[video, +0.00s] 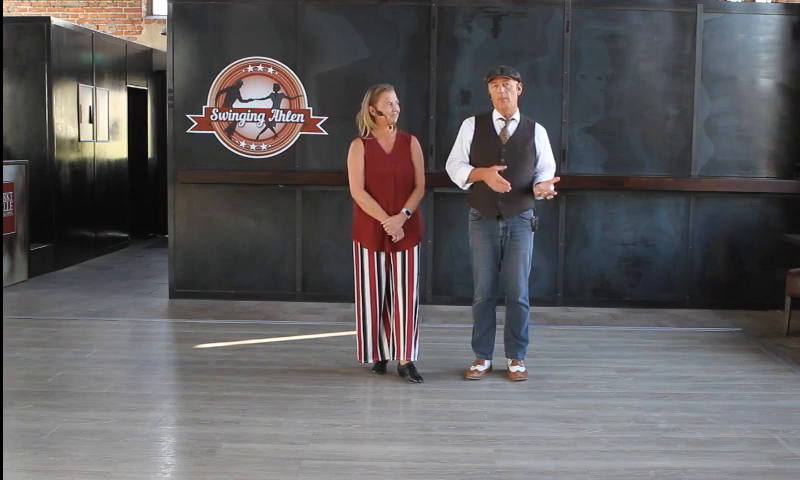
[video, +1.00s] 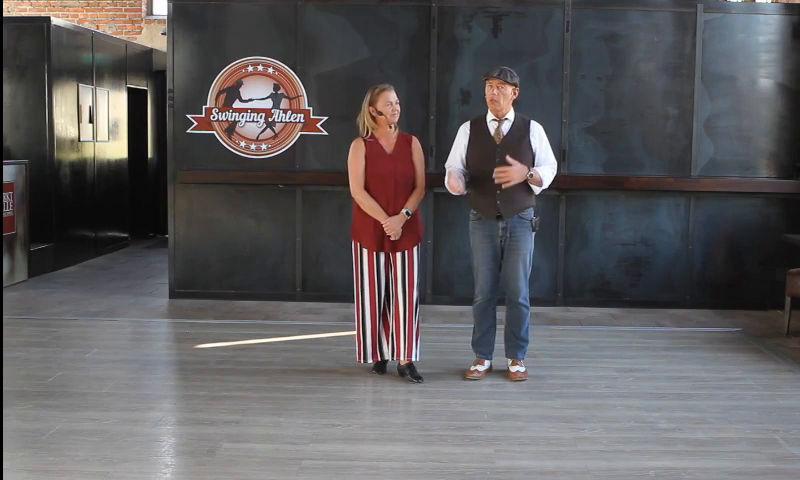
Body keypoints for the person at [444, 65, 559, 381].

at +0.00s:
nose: (501, 92)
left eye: (507, 86)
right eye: (496, 87)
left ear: (518, 90)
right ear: (489, 92)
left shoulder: (536, 131)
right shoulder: (472, 126)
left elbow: (545, 171)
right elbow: (454, 167)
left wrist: (542, 186)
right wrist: (482, 173)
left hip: (521, 219)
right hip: (482, 219)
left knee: (517, 293)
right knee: (484, 292)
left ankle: (516, 359)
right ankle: (482, 358)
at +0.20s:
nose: (500, 91)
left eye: (506, 86)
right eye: (495, 86)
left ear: (517, 89)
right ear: (488, 92)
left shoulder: (535, 130)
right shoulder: (471, 127)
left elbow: (549, 168)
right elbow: (453, 168)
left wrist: (542, 179)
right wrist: (475, 172)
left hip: (521, 219)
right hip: (482, 219)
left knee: (517, 292)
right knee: (484, 292)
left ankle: (516, 359)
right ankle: (482, 358)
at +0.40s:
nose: (498, 91)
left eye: (504, 86)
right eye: (493, 86)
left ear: (515, 89)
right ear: (486, 92)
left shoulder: (533, 130)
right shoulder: (470, 128)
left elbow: (549, 167)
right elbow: (454, 170)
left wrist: (537, 178)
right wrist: (472, 177)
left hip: (521, 219)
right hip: (482, 220)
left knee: (517, 292)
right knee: (484, 292)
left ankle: (516, 359)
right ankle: (482, 358)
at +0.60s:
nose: (496, 91)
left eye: (502, 85)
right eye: (491, 86)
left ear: (514, 90)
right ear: (485, 93)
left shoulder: (533, 129)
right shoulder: (469, 129)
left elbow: (550, 168)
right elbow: (453, 171)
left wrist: (536, 178)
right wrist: (470, 179)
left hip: (521, 218)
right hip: (482, 218)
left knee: (517, 292)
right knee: (484, 292)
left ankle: (516, 358)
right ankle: (482, 358)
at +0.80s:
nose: (494, 92)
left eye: (500, 86)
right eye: (490, 86)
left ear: (513, 91)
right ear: (484, 91)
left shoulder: (532, 129)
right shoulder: (469, 129)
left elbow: (551, 170)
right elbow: (451, 169)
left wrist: (534, 171)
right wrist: (459, 175)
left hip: (520, 219)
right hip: (482, 219)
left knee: (517, 292)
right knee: (484, 292)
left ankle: (516, 358)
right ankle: (482, 358)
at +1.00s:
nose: (495, 94)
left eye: (501, 88)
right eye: (491, 88)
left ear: (514, 93)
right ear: (485, 92)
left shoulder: (531, 129)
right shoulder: (469, 129)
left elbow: (549, 170)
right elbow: (454, 166)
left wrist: (527, 173)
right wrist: (455, 179)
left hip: (520, 220)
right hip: (481, 220)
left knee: (516, 292)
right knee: (483, 292)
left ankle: (516, 358)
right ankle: (482, 358)